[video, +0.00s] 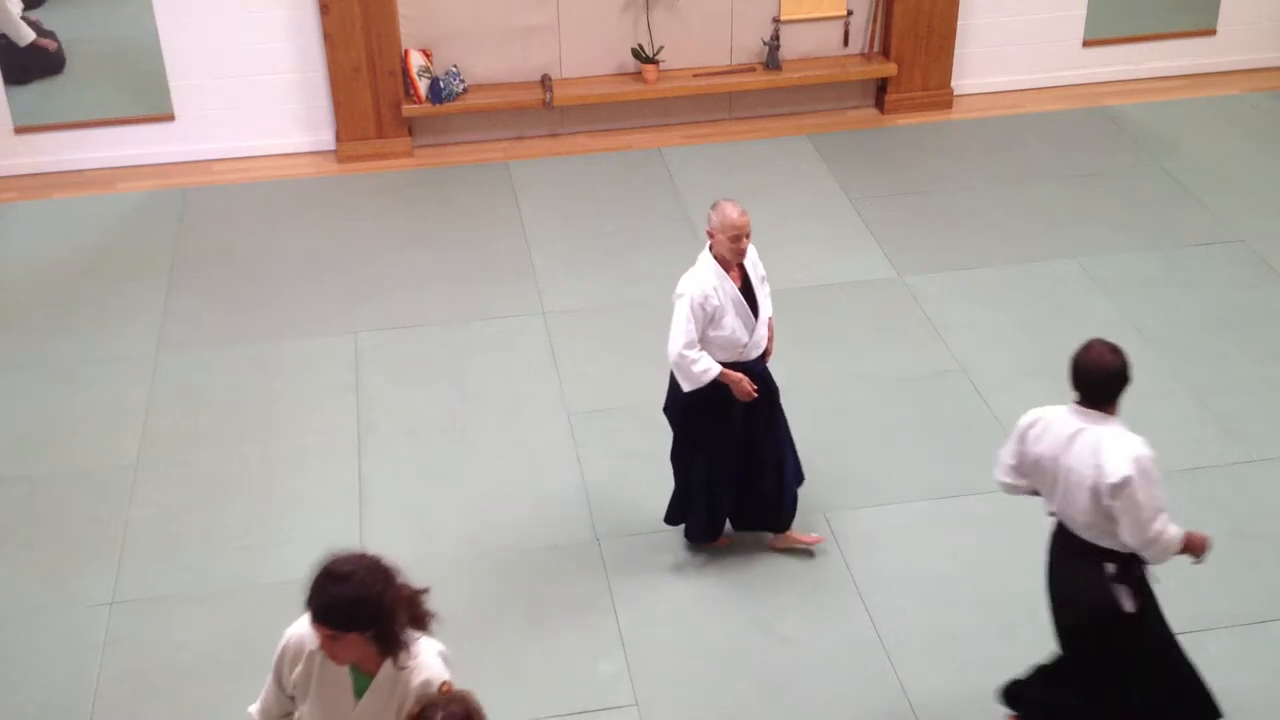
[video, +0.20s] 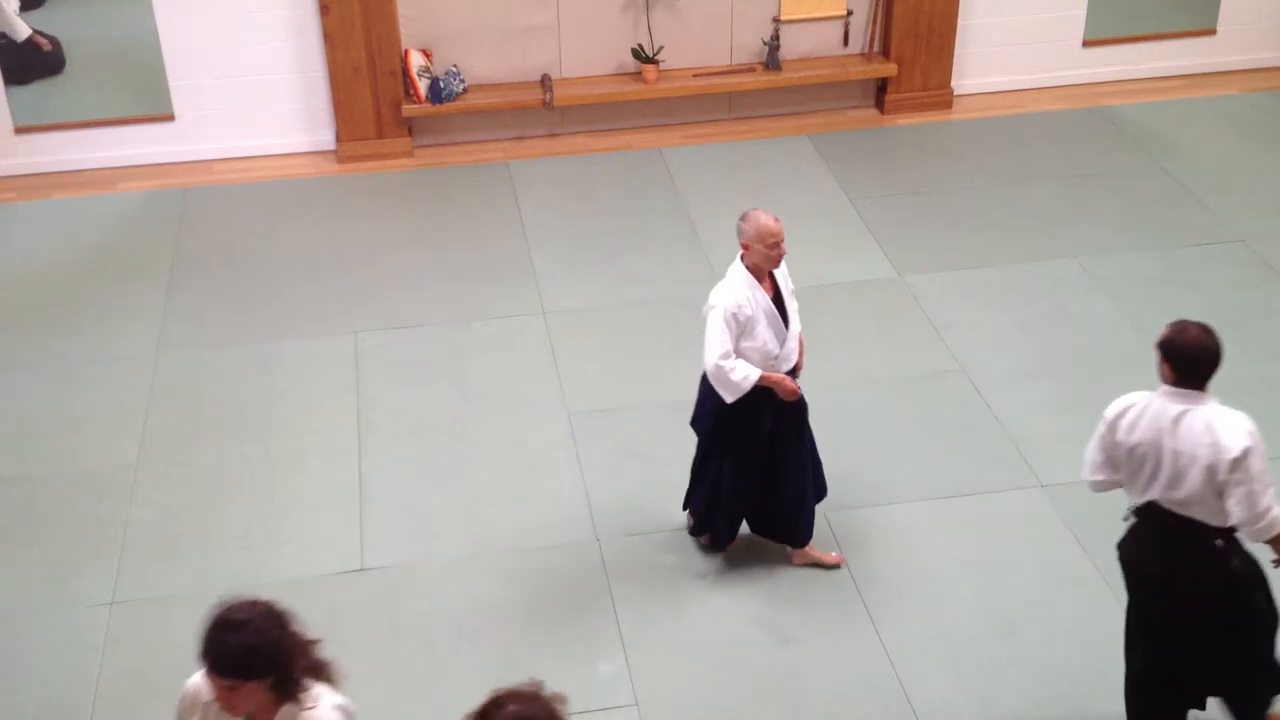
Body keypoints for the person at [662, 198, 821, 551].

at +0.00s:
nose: (744, 245)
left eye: (747, 237)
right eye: (736, 238)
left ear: (750, 232)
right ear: (712, 236)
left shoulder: (749, 255)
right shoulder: (695, 287)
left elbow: (762, 294)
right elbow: (681, 352)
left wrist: (768, 330)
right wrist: (728, 377)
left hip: (753, 371)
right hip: (709, 385)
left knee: (773, 449)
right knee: (709, 458)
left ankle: (779, 529)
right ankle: (705, 530)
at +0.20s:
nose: (781, 251)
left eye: (782, 243)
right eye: (772, 246)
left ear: (783, 240)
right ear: (746, 249)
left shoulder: (779, 273)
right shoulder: (727, 299)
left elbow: (790, 310)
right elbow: (719, 363)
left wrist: (796, 340)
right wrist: (770, 380)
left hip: (781, 393)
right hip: (738, 399)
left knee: (795, 467)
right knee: (730, 466)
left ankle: (800, 545)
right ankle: (706, 519)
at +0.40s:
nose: (822, 250)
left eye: (820, 243)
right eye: (814, 246)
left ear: (790, 255)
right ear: (786, 256)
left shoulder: (808, 276)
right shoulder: (767, 306)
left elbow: (809, 337)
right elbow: (764, 372)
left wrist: (824, 375)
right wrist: (817, 379)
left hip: (814, 396)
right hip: (779, 404)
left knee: (816, 476)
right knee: (769, 473)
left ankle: (802, 548)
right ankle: (715, 511)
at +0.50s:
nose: (839, 254)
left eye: (837, 248)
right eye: (832, 251)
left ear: (809, 258)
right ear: (807, 260)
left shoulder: (821, 280)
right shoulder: (785, 311)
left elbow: (822, 339)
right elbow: (788, 378)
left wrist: (835, 377)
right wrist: (842, 379)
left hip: (826, 398)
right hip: (791, 408)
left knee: (832, 481)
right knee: (792, 489)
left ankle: (815, 549)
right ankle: (735, 521)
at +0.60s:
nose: (853, 257)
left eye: (852, 250)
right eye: (847, 252)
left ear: (823, 258)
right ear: (823, 260)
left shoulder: (824, 282)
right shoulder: (802, 316)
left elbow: (828, 346)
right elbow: (813, 382)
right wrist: (865, 379)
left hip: (832, 400)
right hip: (803, 410)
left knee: (838, 479)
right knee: (805, 487)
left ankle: (820, 550)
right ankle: (770, 558)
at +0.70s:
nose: (866, 259)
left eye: (864, 253)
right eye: (860, 256)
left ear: (834, 262)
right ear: (838, 265)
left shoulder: (823, 283)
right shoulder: (820, 323)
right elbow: (837, 387)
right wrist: (887, 382)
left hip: (829, 403)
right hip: (819, 415)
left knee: (831, 491)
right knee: (822, 496)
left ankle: (826, 576)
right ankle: (817, 589)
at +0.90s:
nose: (890, 269)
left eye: (888, 263)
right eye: (887, 265)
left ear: (851, 269)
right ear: (872, 277)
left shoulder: (831, 289)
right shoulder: (863, 334)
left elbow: (809, 327)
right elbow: (888, 394)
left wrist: (843, 341)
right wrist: (937, 387)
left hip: (819, 400)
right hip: (849, 423)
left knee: (822, 479)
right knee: (865, 505)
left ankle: (809, 548)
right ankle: (861, 607)